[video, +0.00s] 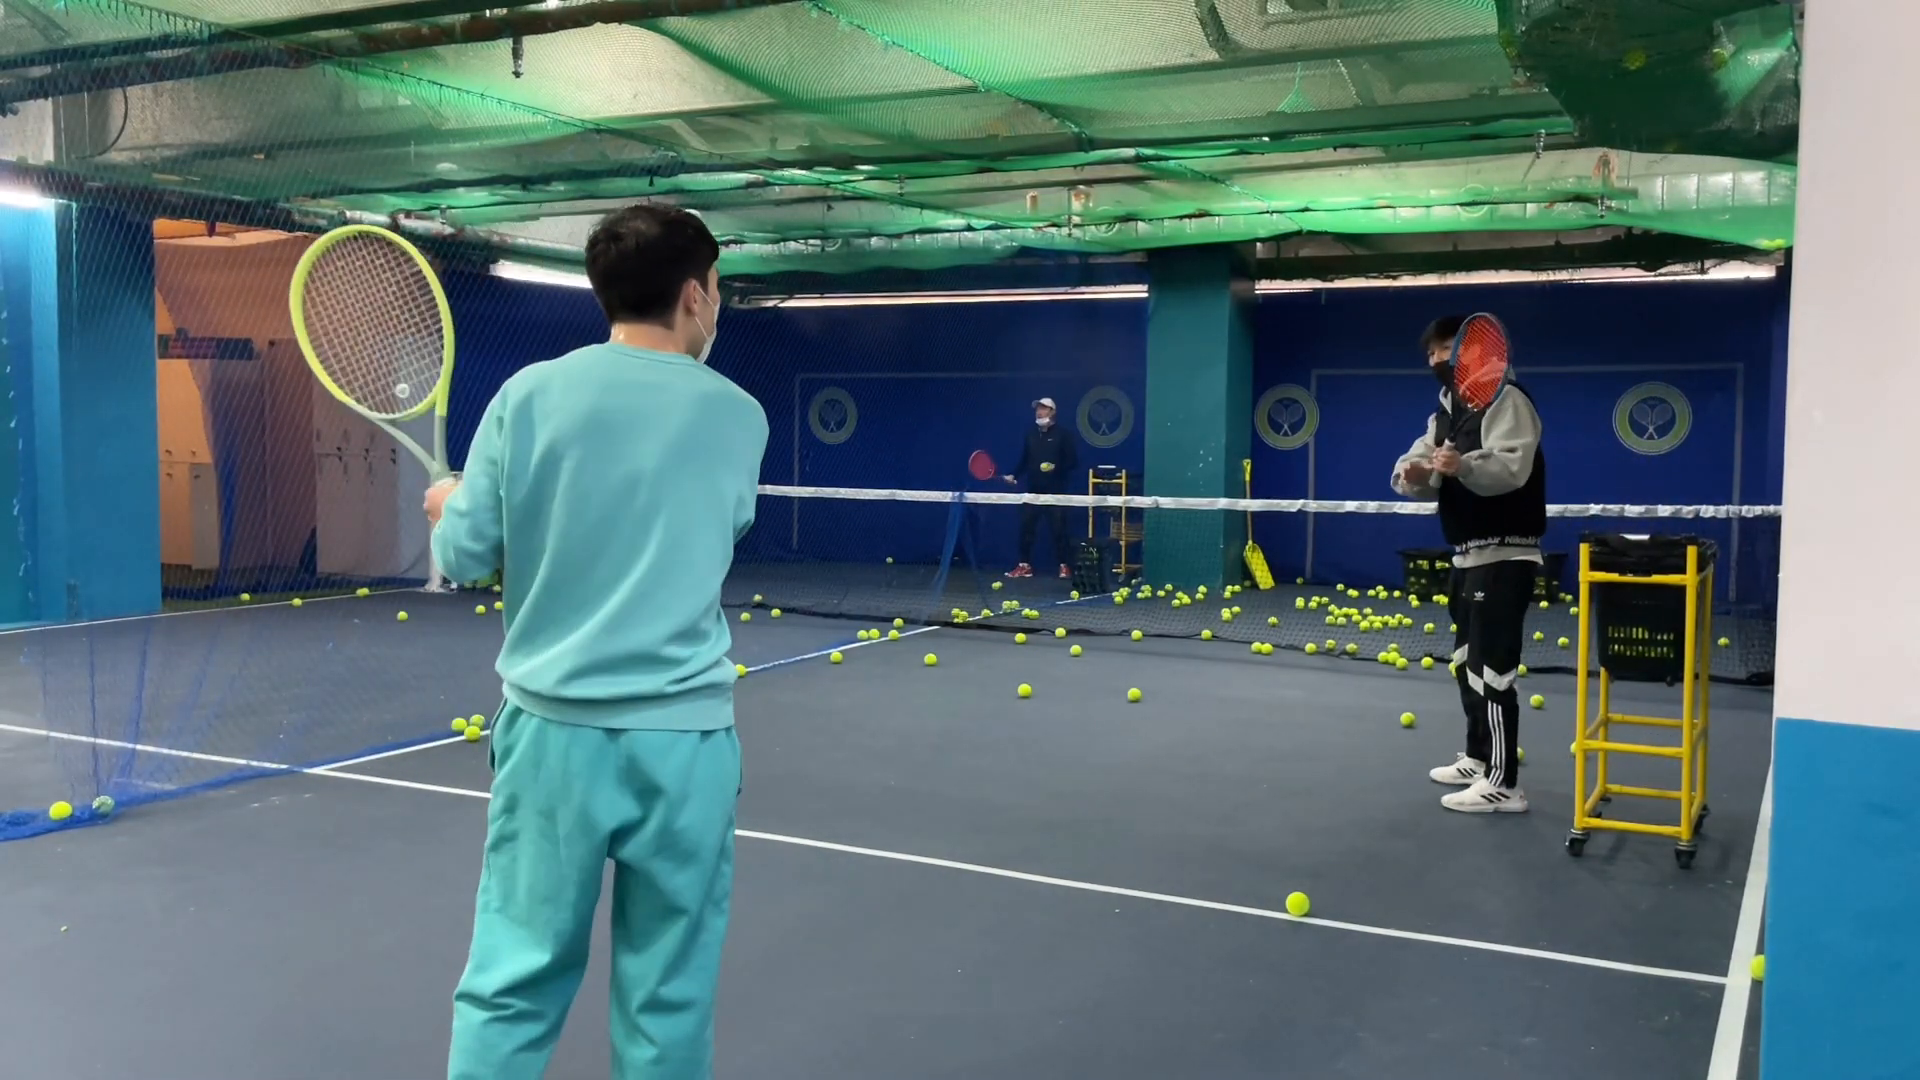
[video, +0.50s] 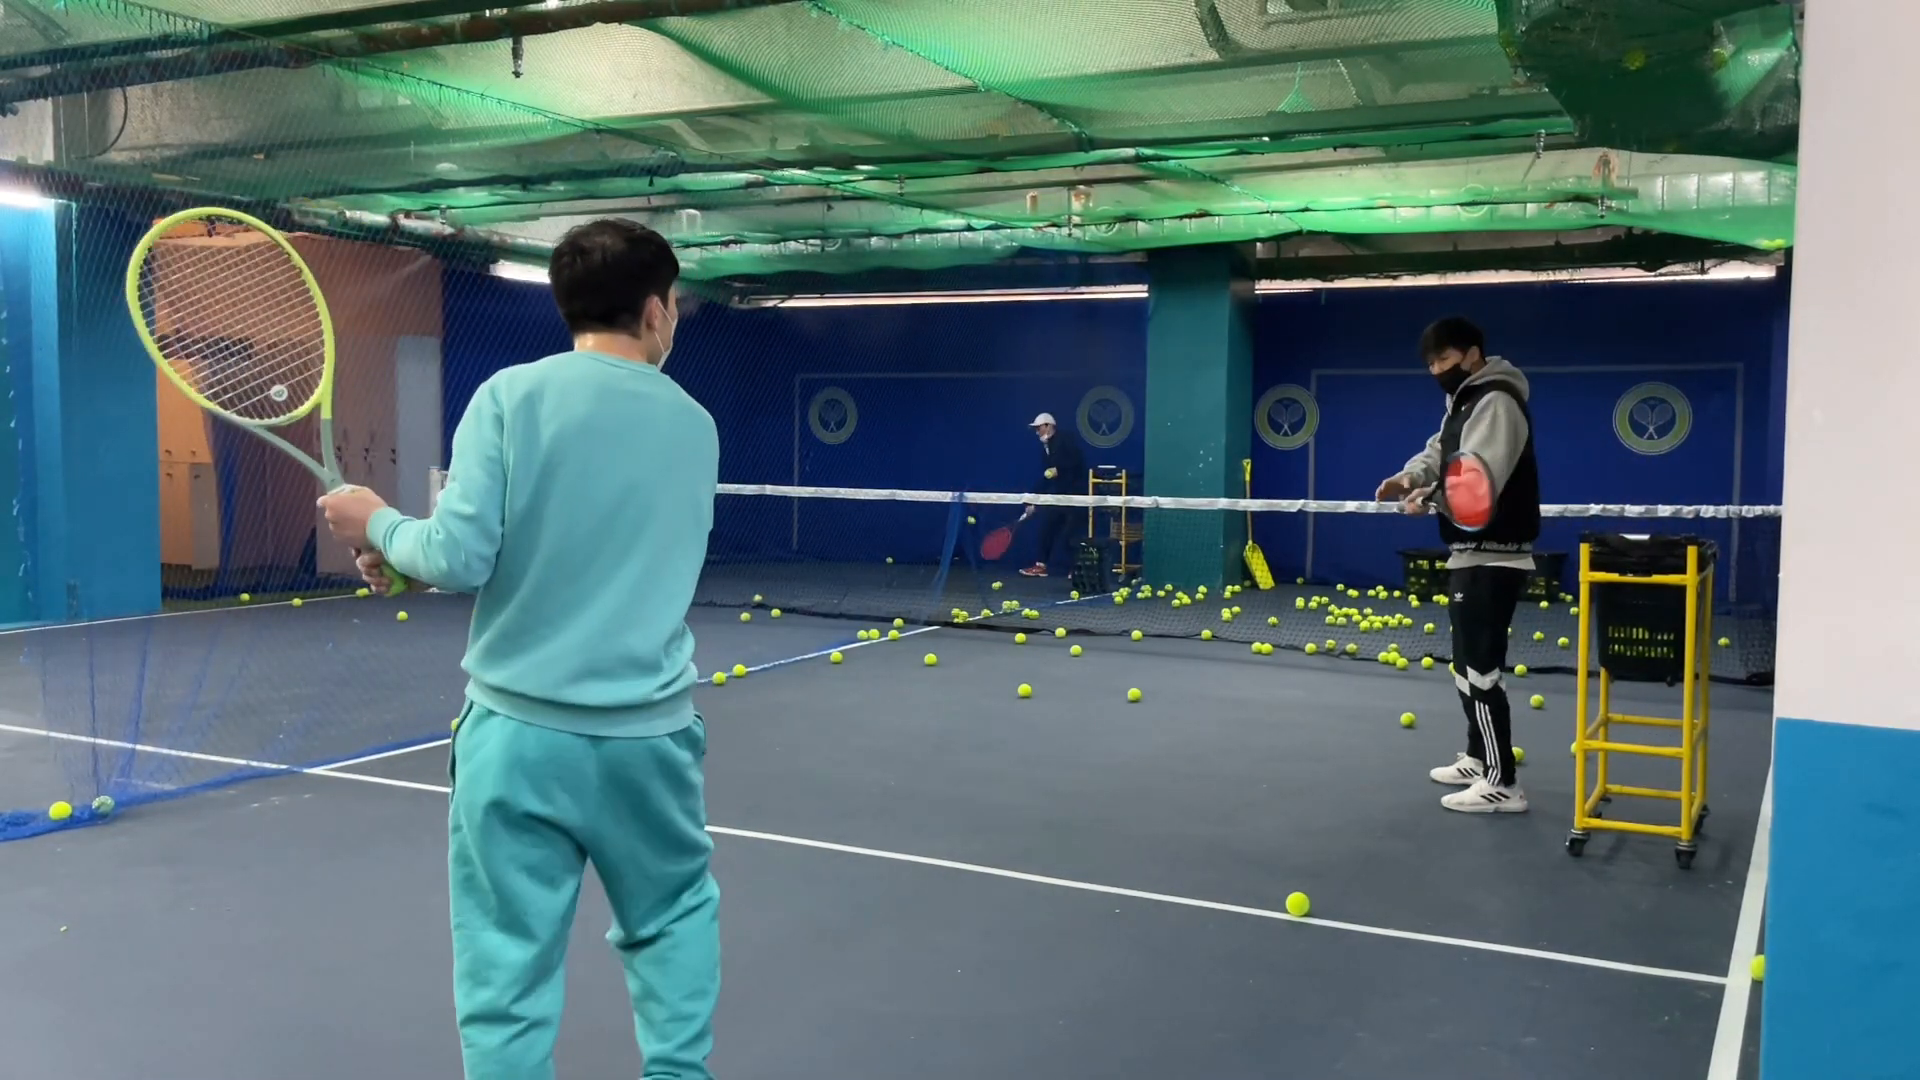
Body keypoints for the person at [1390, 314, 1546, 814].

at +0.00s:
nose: (1438, 361)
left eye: (1445, 350)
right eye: (1432, 355)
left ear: (1472, 348)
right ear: (1431, 360)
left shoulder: (1507, 401)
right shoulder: (1446, 413)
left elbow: (1511, 467)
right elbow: (1420, 467)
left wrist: (1461, 466)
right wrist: (1410, 473)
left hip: (1506, 553)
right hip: (1469, 555)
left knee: (1494, 670)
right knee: (1468, 664)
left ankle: (1503, 785)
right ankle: (1479, 760)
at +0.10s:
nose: (1438, 361)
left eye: (1446, 350)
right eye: (1432, 355)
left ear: (1471, 348)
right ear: (1431, 361)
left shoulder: (1504, 401)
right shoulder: (1448, 413)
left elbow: (1509, 468)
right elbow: (1431, 469)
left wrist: (1462, 465)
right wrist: (1407, 475)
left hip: (1502, 554)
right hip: (1468, 555)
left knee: (1493, 672)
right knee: (1469, 666)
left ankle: (1504, 785)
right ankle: (1478, 760)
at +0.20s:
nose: (1440, 365)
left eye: (1446, 354)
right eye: (1433, 359)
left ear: (1470, 350)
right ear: (1431, 364)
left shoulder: (1499, 401)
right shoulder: (1454, 409)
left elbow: (1504, 467)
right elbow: (1433, 457)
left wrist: (1460, 472)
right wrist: (1406, 474)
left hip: (1499, 554)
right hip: (1469, 554)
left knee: (1492, 673)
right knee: (1470, 667)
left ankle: (1504, 786)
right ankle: (1479, 760)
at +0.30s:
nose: (1438, 367)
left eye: (1444, 356)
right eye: (1432, 361)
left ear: (1472, 351)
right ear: (1433, 365)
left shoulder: (1497, 400)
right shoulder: (1460, 403)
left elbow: (1505, 469)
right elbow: (1436, 453)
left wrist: (1449, 479)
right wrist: (1406, 478)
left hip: (1496, 554)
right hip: (1470, 553)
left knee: (1488, 671)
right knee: (1469, 667)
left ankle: (1503, 786)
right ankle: (1479, 761)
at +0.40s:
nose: (1438, 368)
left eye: (1444, 356)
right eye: (1432, 361)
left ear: (1471, 351)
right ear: (1435, 364)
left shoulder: (1494, 399)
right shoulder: (1464, 401)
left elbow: (1491, 465)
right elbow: (1437, 455)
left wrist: (1440, 485)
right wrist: (1405, 482)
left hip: (1493, 557)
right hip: (1469, 556)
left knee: (1484, 671)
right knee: (1467, 668)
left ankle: (1502, 786)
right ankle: (1478, 760)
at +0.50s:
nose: (1438, 367)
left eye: (1444, 356)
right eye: (1433, 361)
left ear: (1473, 352)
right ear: (1436, 365)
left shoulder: (1497, 402)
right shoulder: (1464, 401)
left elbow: (1479, 473)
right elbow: (1441, 451)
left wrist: (1435, 495)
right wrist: (1412, 476)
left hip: (1497, 556)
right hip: (1468, 554)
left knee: (1481, 670)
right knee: (1465, 667)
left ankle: (1502, 786)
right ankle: (1478, 760)